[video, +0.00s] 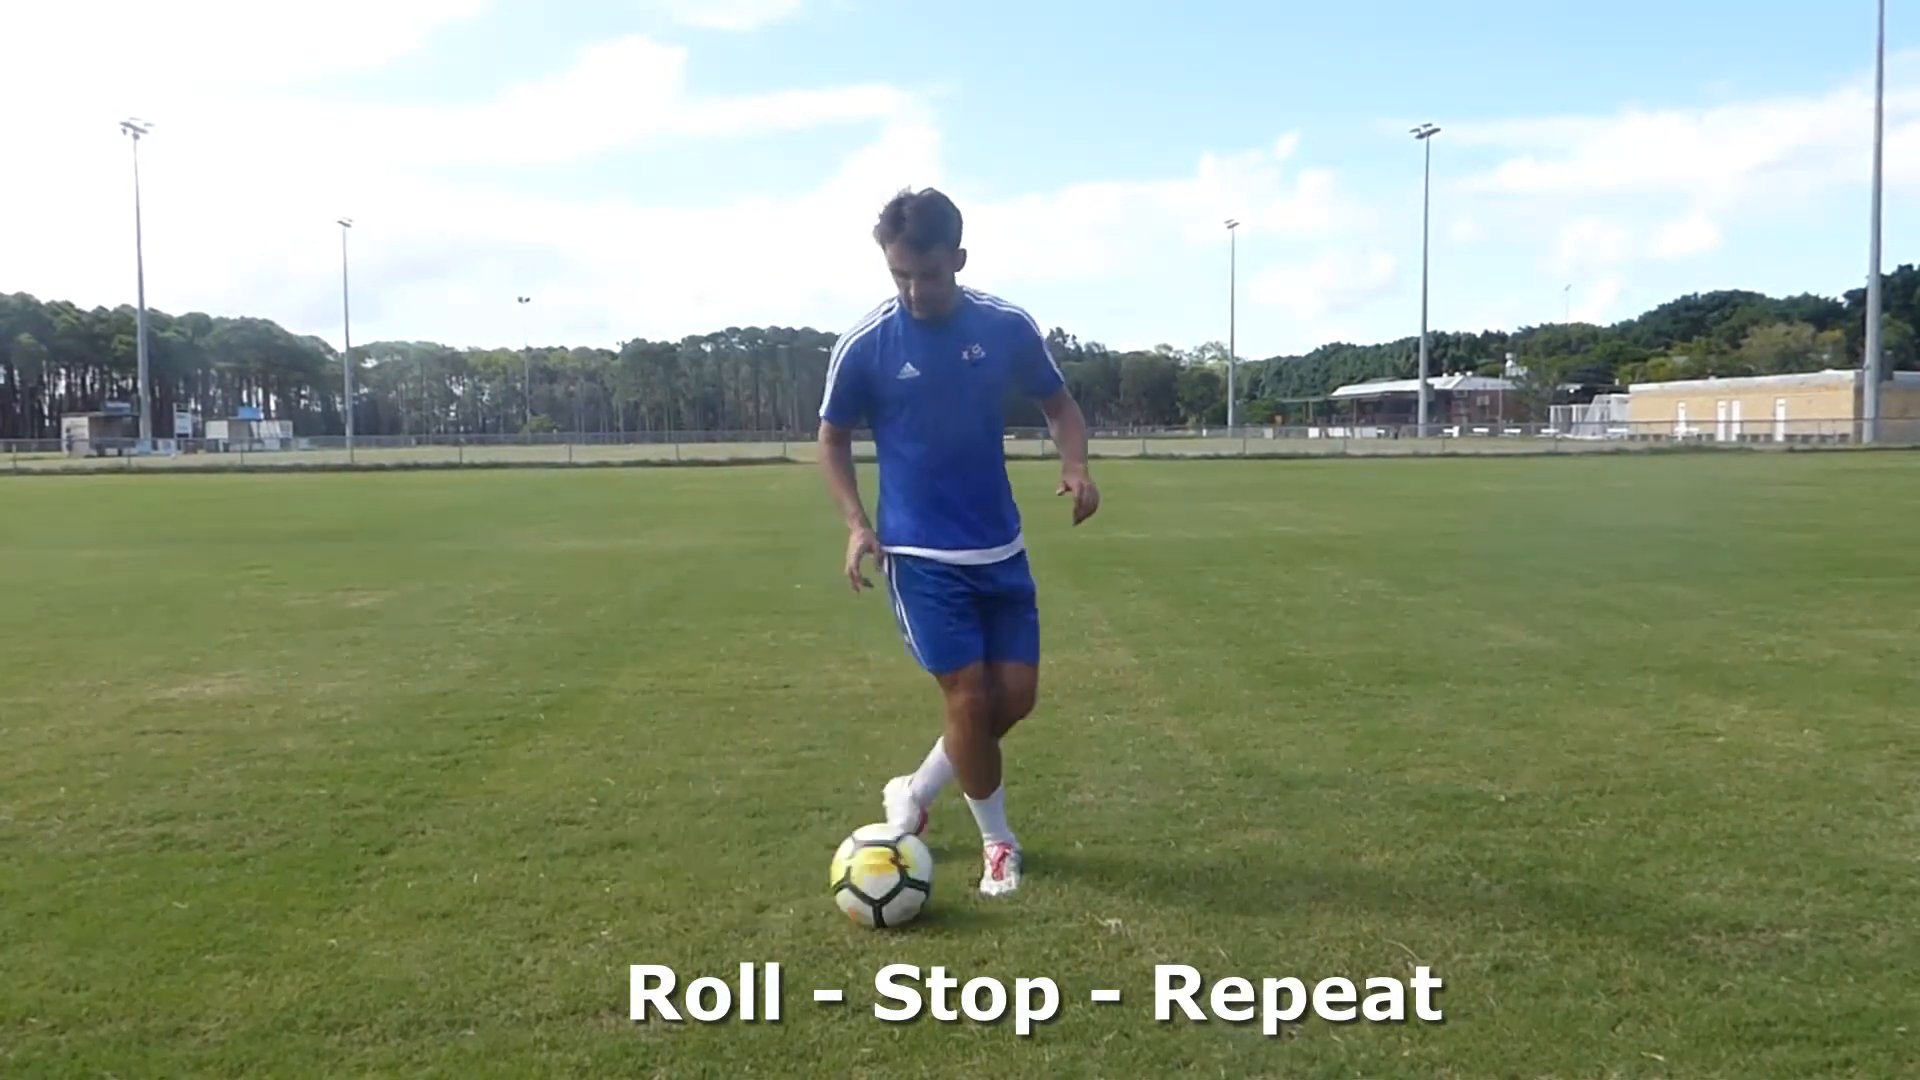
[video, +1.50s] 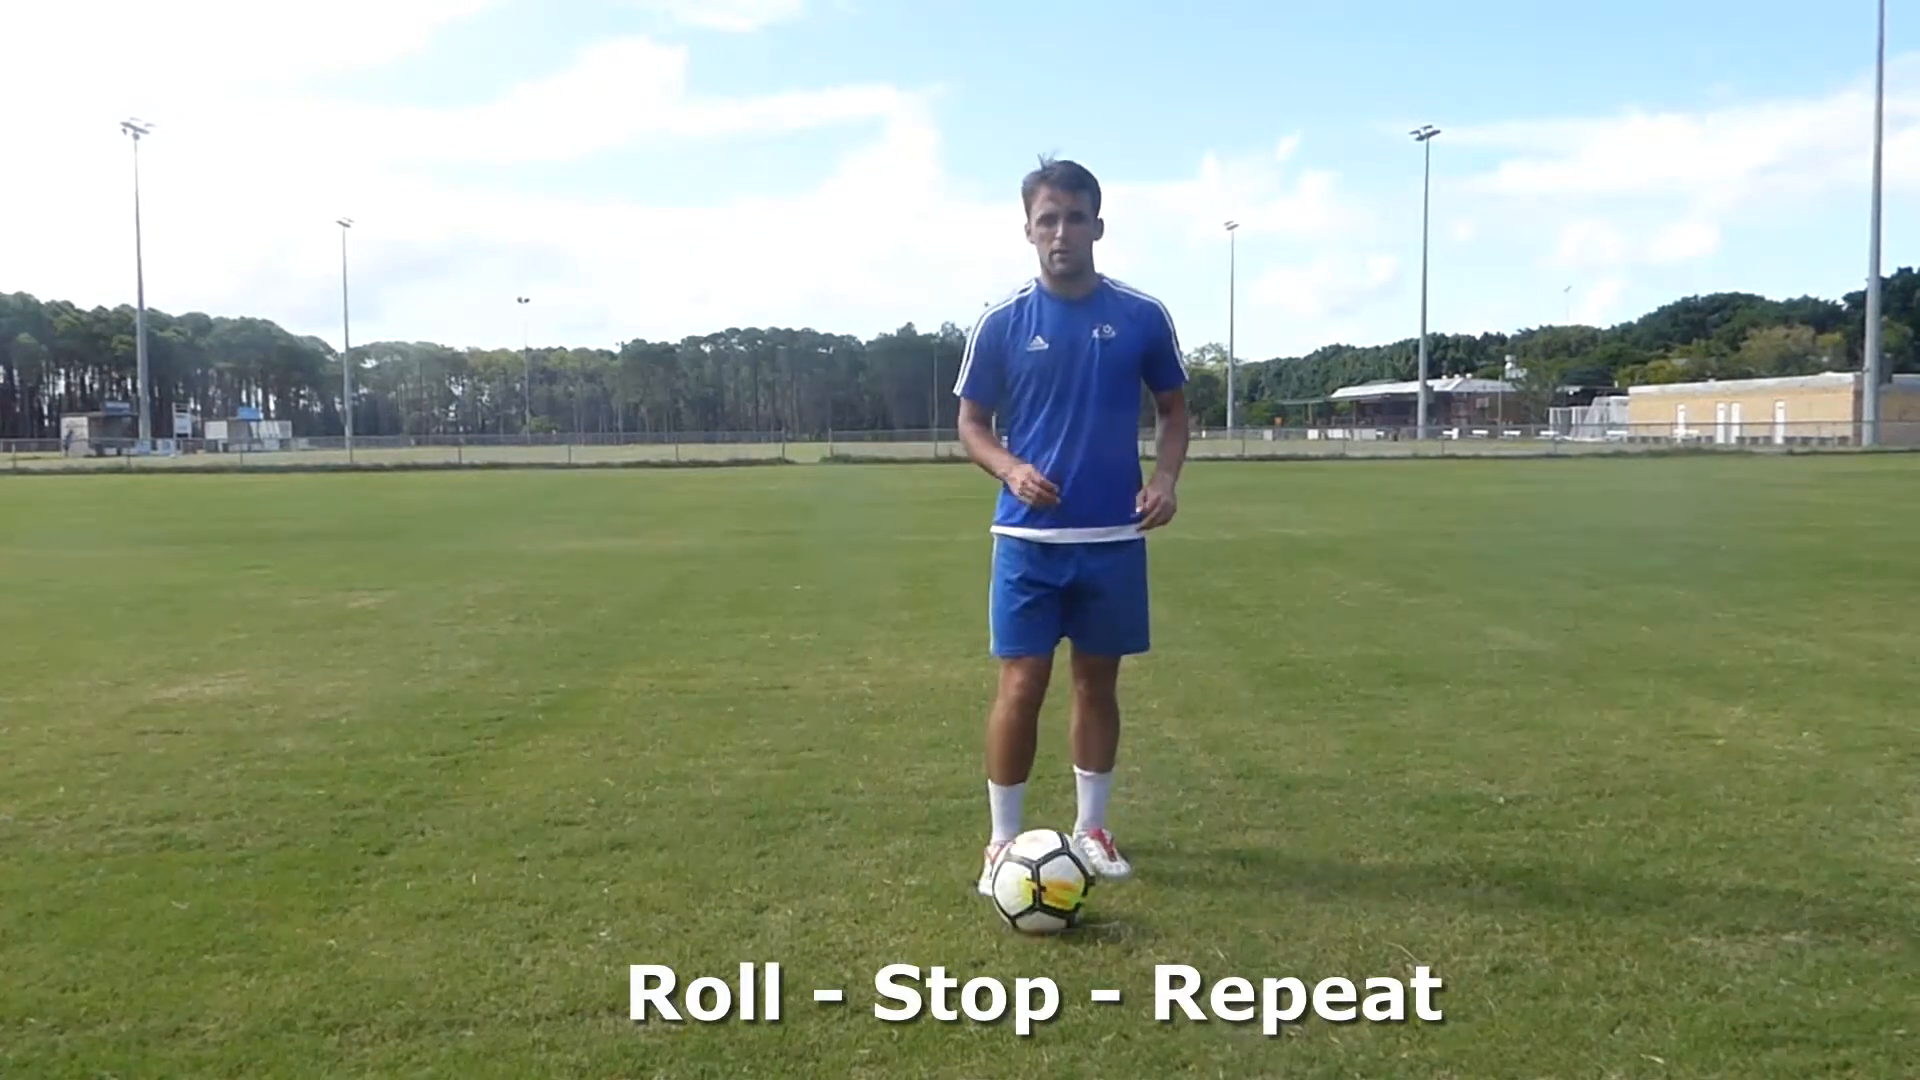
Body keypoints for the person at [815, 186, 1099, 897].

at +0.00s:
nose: (915, 290)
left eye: (929, 274)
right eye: (901, 275)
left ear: (958, 258)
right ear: (886, 263)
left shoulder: (1009, 327)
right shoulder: (862, 349)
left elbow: (1059, 404)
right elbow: (833, 439)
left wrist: (1074, 462)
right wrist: (857, 524)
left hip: (1000, 545)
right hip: (918, 552)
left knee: (1014, 696)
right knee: (968, 695)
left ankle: (913, 793)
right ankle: (999, 844)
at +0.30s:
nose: (954, 275)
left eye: (966, 258)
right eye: (939, 261)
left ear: (987, 242)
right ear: (914, 248)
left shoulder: (1028, 311)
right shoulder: (887, 336)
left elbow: (1067, 391)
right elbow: (860, 444)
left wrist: (1096, 459)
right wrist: (909, 505)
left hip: (1043, 521)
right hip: (958, 545)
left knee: (1096, 636)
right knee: (983, 696)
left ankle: (1115, 778)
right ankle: (999, 845)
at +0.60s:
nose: (969, 271)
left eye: (981, 255)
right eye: (955, 257)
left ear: (1003, 242)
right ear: (931, 247)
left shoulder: (1048, 309)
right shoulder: (909, 344)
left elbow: (1088, 387)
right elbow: (890, 451)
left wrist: (1113, 460)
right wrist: (942, 509)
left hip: (1064, 527)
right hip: (978, 548)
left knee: (1097, 656)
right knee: (992, 695)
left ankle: (1132, 831)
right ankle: (1003, 846)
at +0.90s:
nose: (1003, 253)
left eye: (1016, 236)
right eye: (988, 237)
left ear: (1040, 230)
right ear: (967, 236)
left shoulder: (1086, 311)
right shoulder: (940, 328)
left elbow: (1129, 397)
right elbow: (909, 422)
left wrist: (1145, 468)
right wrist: (930, 454)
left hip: (1082, 533)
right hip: (993, 541)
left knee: (1097, 688)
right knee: (1005, 693)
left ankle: (1095, 818)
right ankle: (1005, 847)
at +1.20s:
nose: (1042, 237)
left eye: (1056, 223)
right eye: (1028, 224)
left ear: (1081, 227)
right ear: (1011, 233)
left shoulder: (1128, 319)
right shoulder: (984, 329)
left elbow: (1161, 407)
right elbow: (959, 426)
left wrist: (1153, 476)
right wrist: (999, 473)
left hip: (1102, 540)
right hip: (1018, 542)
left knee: (1094, 686)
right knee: (1018, 688)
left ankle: (1091, 829)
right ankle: (1006, 846)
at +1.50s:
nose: (1061, 234)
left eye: (1074, 220)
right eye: (1047, 222)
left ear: (1098, 225)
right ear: (1028, 232)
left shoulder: (1143, 319)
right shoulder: (1002, 326)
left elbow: (1174, 410)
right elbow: (971, 426)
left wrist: (1164, 477)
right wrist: (1008, 467)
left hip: (1111, 540)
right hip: (1026, 540)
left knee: (1097, 683)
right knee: (1022, 686)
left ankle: (1091, 831)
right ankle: (1003, 843)